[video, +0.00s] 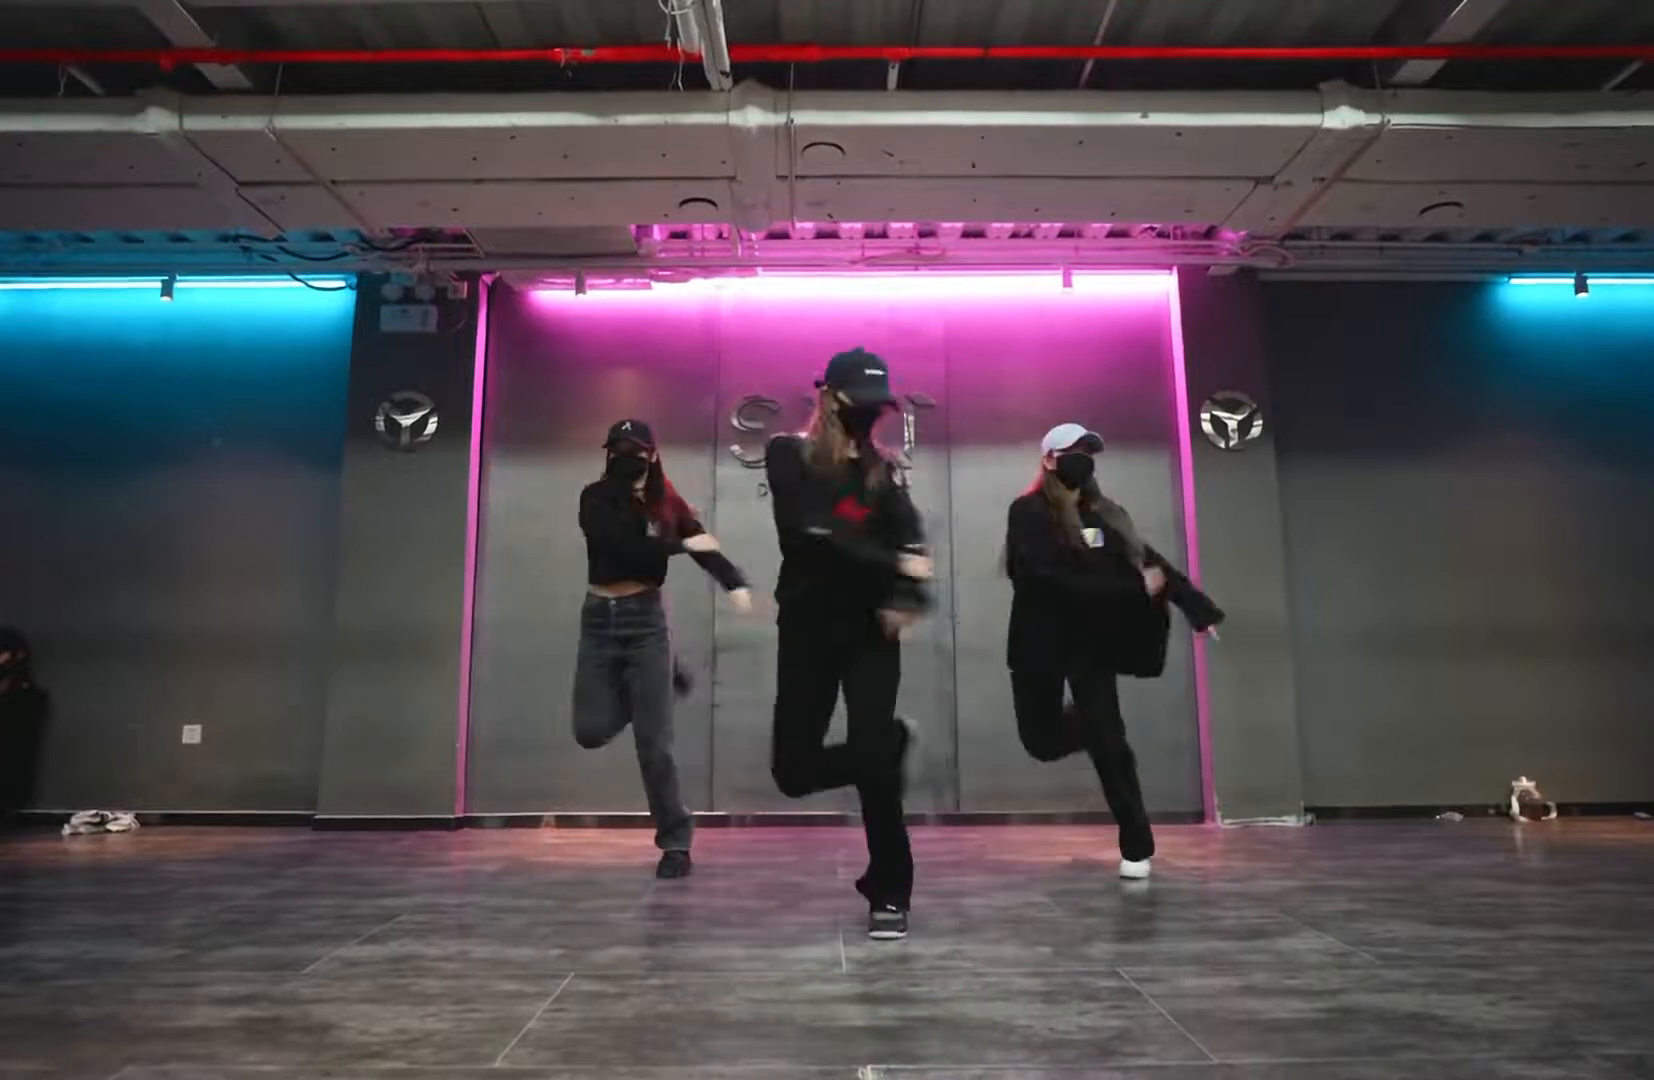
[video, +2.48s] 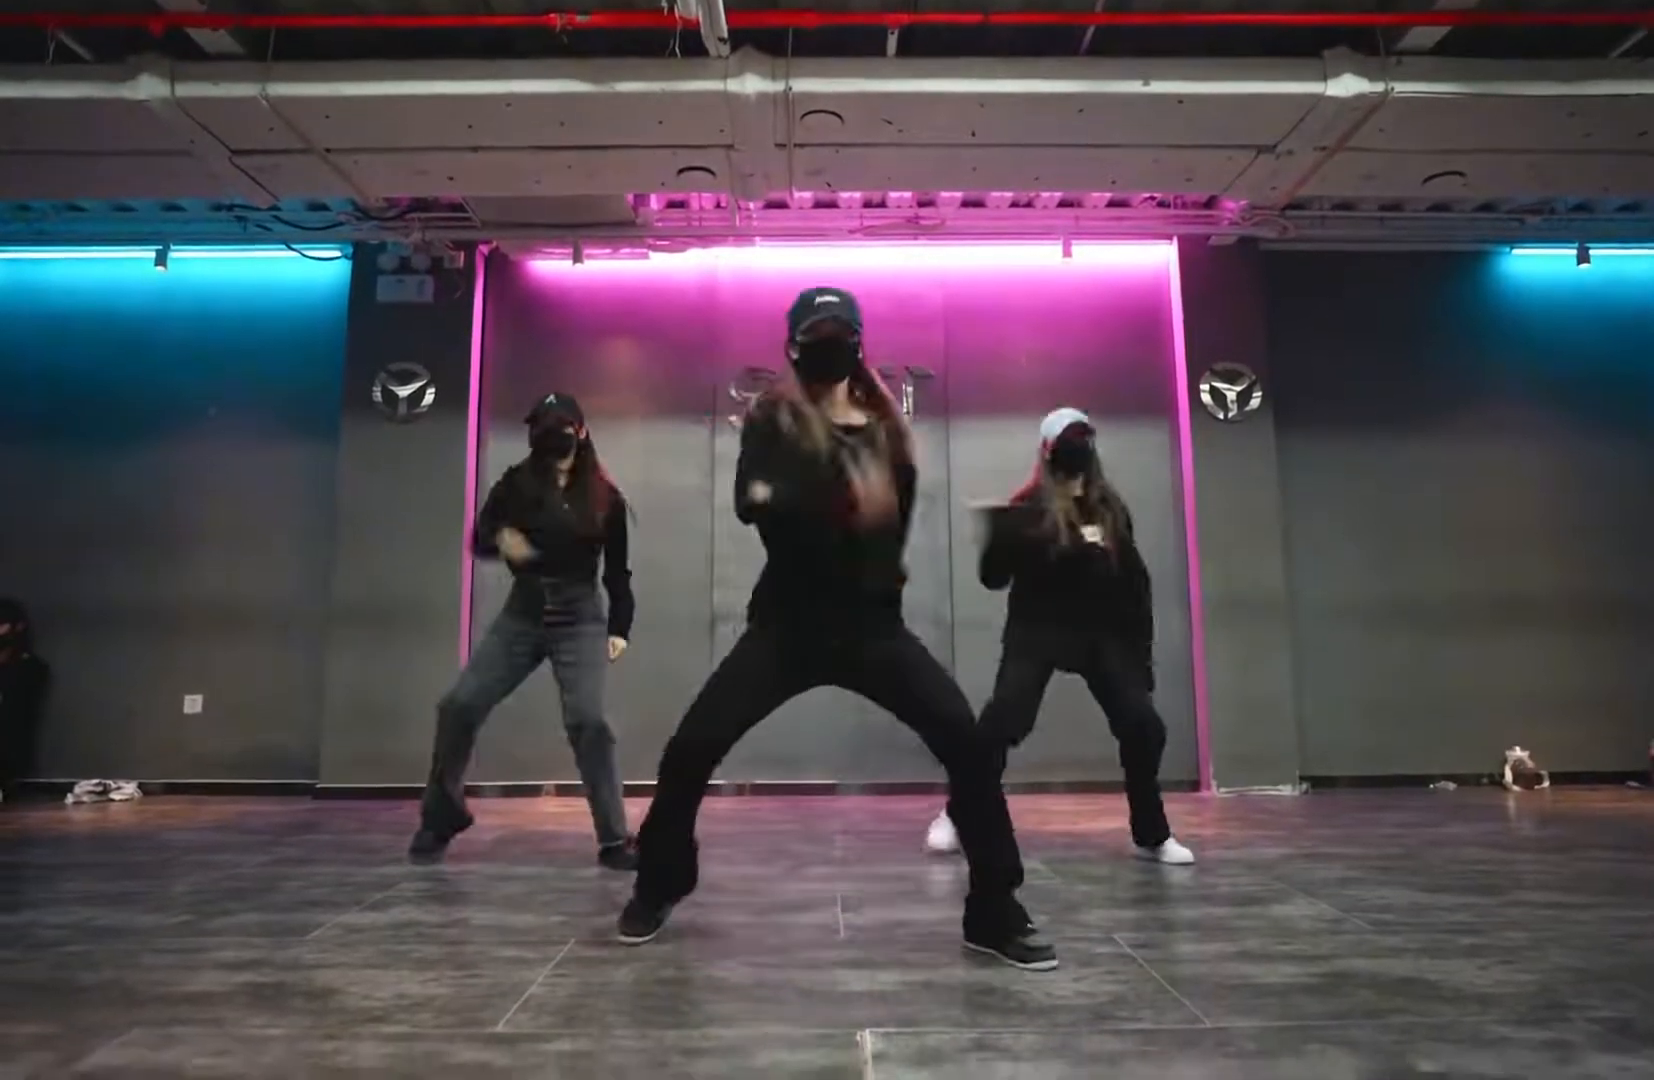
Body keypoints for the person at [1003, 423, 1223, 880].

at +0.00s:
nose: (1084, 466)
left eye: (1088, 459)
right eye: (1074, 458)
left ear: (1094, 463)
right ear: (1050, 460)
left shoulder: (1102, 513)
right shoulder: (1029, 510)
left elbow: (1146, 562)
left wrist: (1197, 607)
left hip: (1088, 642)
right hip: (1038, 645)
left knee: (1106, 740)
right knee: (1042, 741)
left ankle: (1136, 849)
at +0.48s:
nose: (988, 473)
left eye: (997, 464)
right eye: (984, 465)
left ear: (1023, 464)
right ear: (985, 467)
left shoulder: (1041, 496)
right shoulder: (987, 511)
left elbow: (985, 501)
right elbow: (939, 548)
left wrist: (924, 476)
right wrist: (923, 493)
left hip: (1050, 636)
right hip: (997, 639)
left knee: (1080, 743)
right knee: (953, 738)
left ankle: (1123, 851)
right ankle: (951, 849)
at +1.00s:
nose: (1069, 481)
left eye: (1077, 472)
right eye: (1060, 472)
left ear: (1088, 476)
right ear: (1043, 474)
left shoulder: (1116, 518)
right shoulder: (1026, 520)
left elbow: (1168, 510)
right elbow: (975, 527)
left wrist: (1112, 482)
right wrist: (977, 467)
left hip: (1110, 650)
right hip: (1048, 649)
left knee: (1118, 745)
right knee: (1007, 731)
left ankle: (1124, 848)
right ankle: (995, 836)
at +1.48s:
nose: (1095, 410)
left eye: (1101, 402)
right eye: (1086, 403)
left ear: (1110, 412)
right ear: (1065, 413)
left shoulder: (1127, 459)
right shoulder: (1046, 457)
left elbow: (1138, 532)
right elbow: (1000, 461)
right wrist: (1017, 401)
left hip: (1112, 591)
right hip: (1058, 591)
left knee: (1115, 685)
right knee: (1058, 686)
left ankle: (1113, 776)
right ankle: (1080, 777)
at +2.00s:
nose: (1050, 498)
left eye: (1057, 489)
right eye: (1041, 490)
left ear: (1067, 496)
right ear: (1022, 496)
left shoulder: (1087, 548)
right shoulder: (998, 549)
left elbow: (1117, 602)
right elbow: (974, 607)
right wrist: (951, 659)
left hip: (1081, 657)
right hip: (1022, 659)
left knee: (1117, 745)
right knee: (992, 743)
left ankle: (1133, 832)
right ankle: (951, 844)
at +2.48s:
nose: (1075, 469)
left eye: (1082, 458)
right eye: (1067, 458)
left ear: (1092, 456)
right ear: (1047, 455)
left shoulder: (1108, 509)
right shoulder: (1024, 509)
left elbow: (1135, 583)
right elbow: (992, 577)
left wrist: (1140, 656)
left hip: (1102, 638)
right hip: (1036, 638)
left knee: (1143, 726)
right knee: (1007, 717)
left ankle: (1153, 834)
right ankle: (957, 814)